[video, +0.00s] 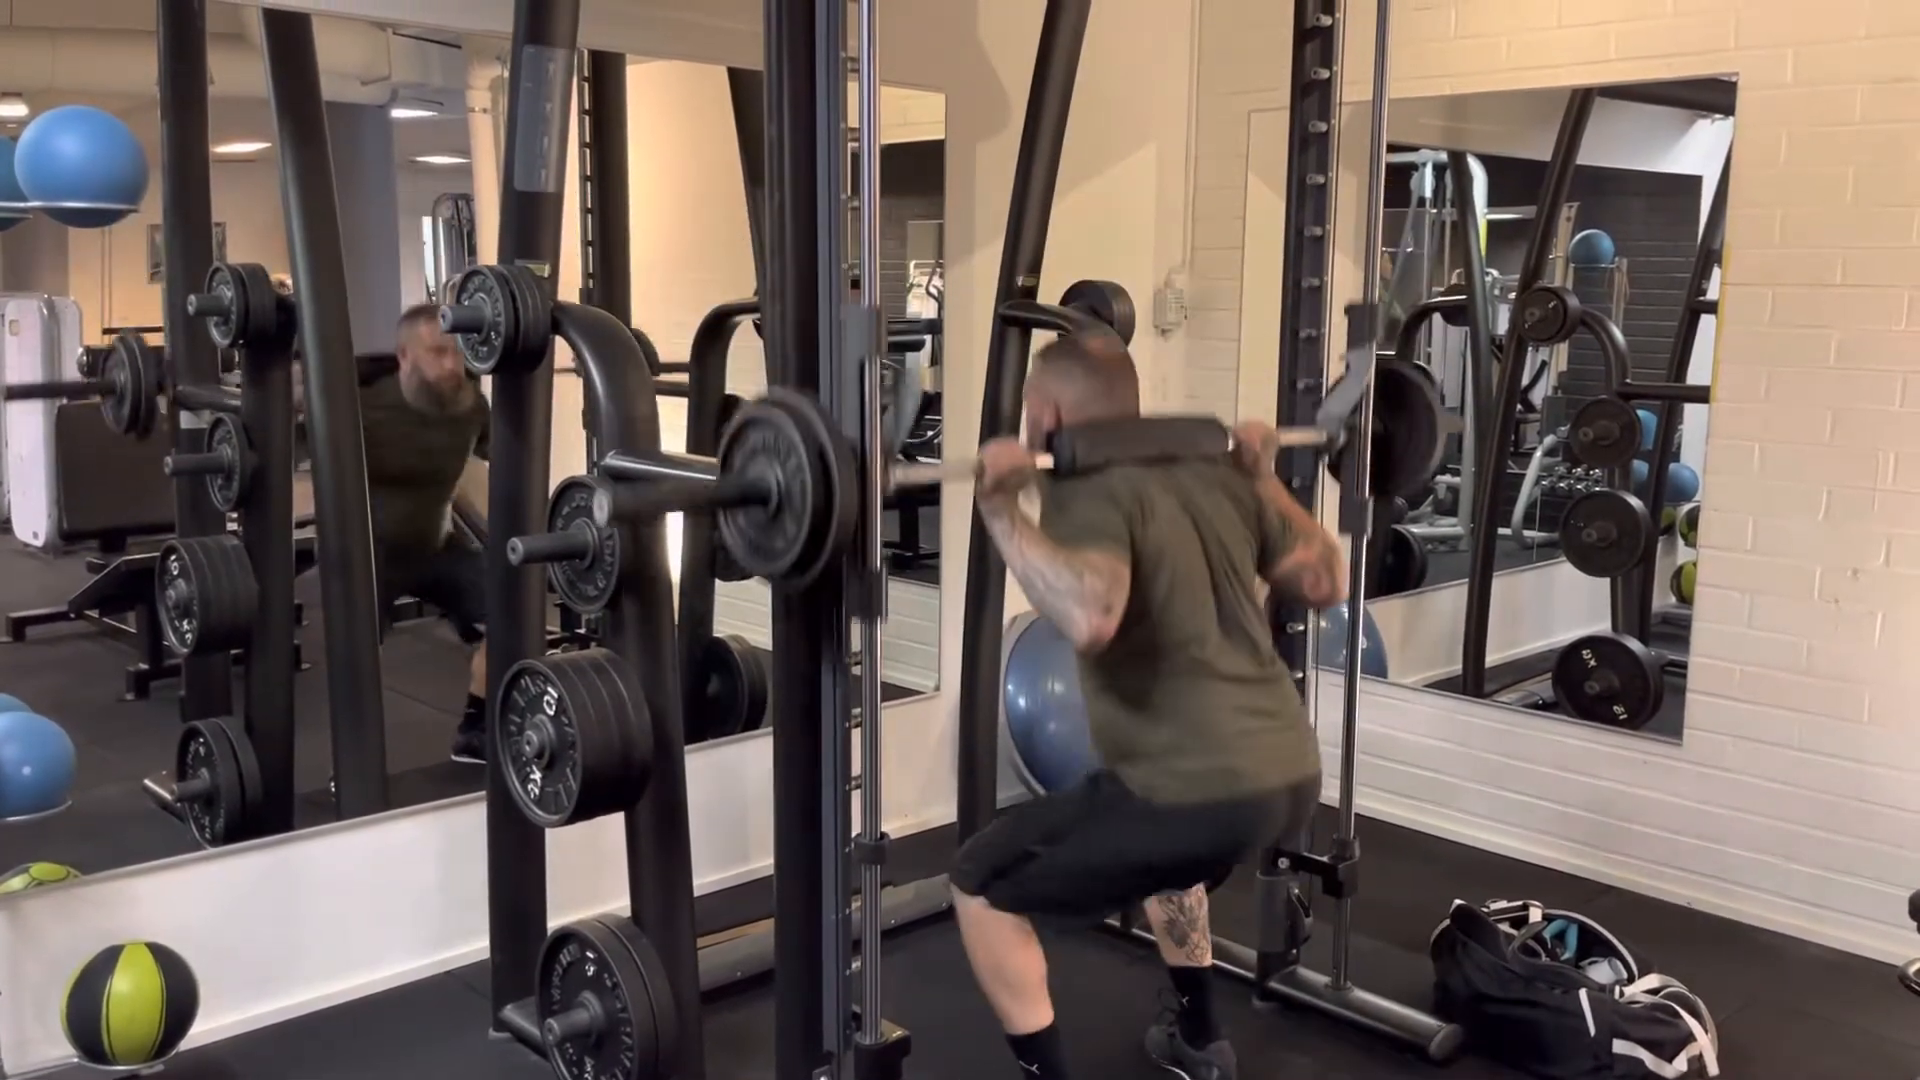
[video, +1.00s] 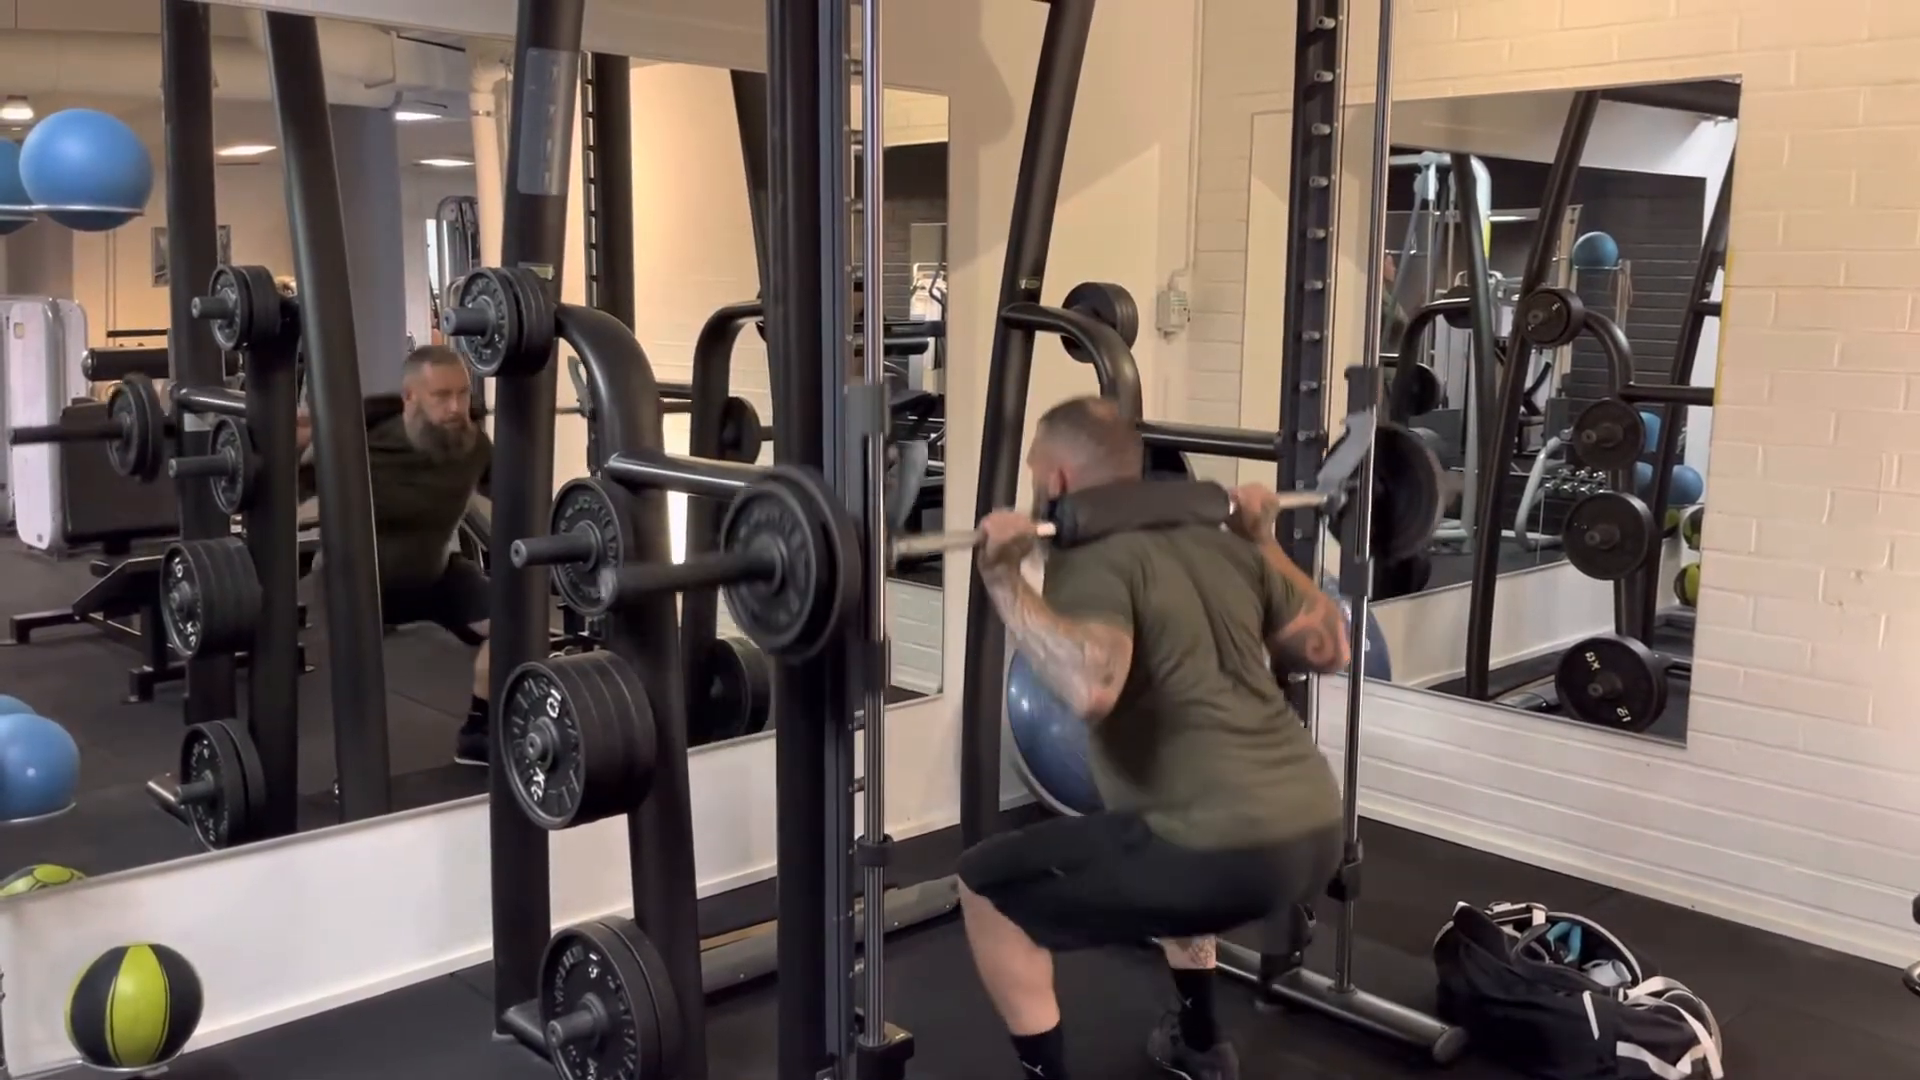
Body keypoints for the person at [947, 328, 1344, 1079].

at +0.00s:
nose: (1028, 422)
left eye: (1030, 408)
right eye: (1028, 409)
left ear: (1048, 416)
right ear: (1127, 402)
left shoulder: (1093, 486)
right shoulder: (1222, 477)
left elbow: (1089, 615)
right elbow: (1327, 579)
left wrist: (999, 506)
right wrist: (1265, 476)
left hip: (1186, 798)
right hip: (1285, 782)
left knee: (981, 883)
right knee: (1159, 844)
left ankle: (1045, 1068)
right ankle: (1200, 1033)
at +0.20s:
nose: (1028, 520)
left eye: (1029, 505)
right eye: (1027, 503)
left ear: (1052, 513)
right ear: (1125, 499)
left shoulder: (1092, 586)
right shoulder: (1219, 574)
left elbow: (1091, 719)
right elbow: (1327, 672)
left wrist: (1003, 617)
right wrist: (1262, 567)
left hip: (1197, 891)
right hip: (1296, 873)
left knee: (967, 884)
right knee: (1128, 839)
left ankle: (1042, 1069)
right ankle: (1200, 1037)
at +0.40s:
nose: (1029, 587)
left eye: (1029, 571)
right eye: (1028, 570)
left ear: (1053, 579)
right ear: (1126, 564)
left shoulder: (1093, 655)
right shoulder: (1218, 635)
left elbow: (1085, 794)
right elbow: (1322, 739)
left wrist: (999, 679)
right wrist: (1258, 629)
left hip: (1198, 966)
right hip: (1296, 944)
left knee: (963, 885)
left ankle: (1041, 1068)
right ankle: (1199, 1044)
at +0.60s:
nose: (1031, 614)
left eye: (1030, 600)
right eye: (1028, 599)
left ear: (1053, 605)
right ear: (1128, 590)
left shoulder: (1092, 682)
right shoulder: (1219, 660)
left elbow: (1085, 825)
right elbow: (1319, 766)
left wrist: (1000, 711)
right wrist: (1258, 655)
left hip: (1206, 996)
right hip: (1297, 966)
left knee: (962, 887)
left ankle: (1042, 1069)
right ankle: (1203, 1059)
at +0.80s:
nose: (1032, 567)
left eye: (1033, 551)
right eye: (1032, 550)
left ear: (1056, 557)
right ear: (1130, 545)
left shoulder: (1095, 634)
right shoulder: (1218, 615)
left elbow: (1085, 772)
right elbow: (1325, 718)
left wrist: (1003, 658)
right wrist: (1260, 612)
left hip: (1211, 936)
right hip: (1310, 916)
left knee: (974, 881)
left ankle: (1044, 1068)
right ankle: (1198, 1041)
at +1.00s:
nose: (1034, 490)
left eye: (1035, 475)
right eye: (1033, 475)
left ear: (1058, 480)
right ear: (1134, 467)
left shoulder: (1095, 555)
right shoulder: (1221, 544)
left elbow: (1091, 684)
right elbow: (1329, 643)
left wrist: (1001, 575)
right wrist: (1264, 540)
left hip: (1209, 850)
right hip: (1313, 836)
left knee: (986, 884)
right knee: (1150, 839)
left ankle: (1046, 1070)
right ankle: (1200, 1038)